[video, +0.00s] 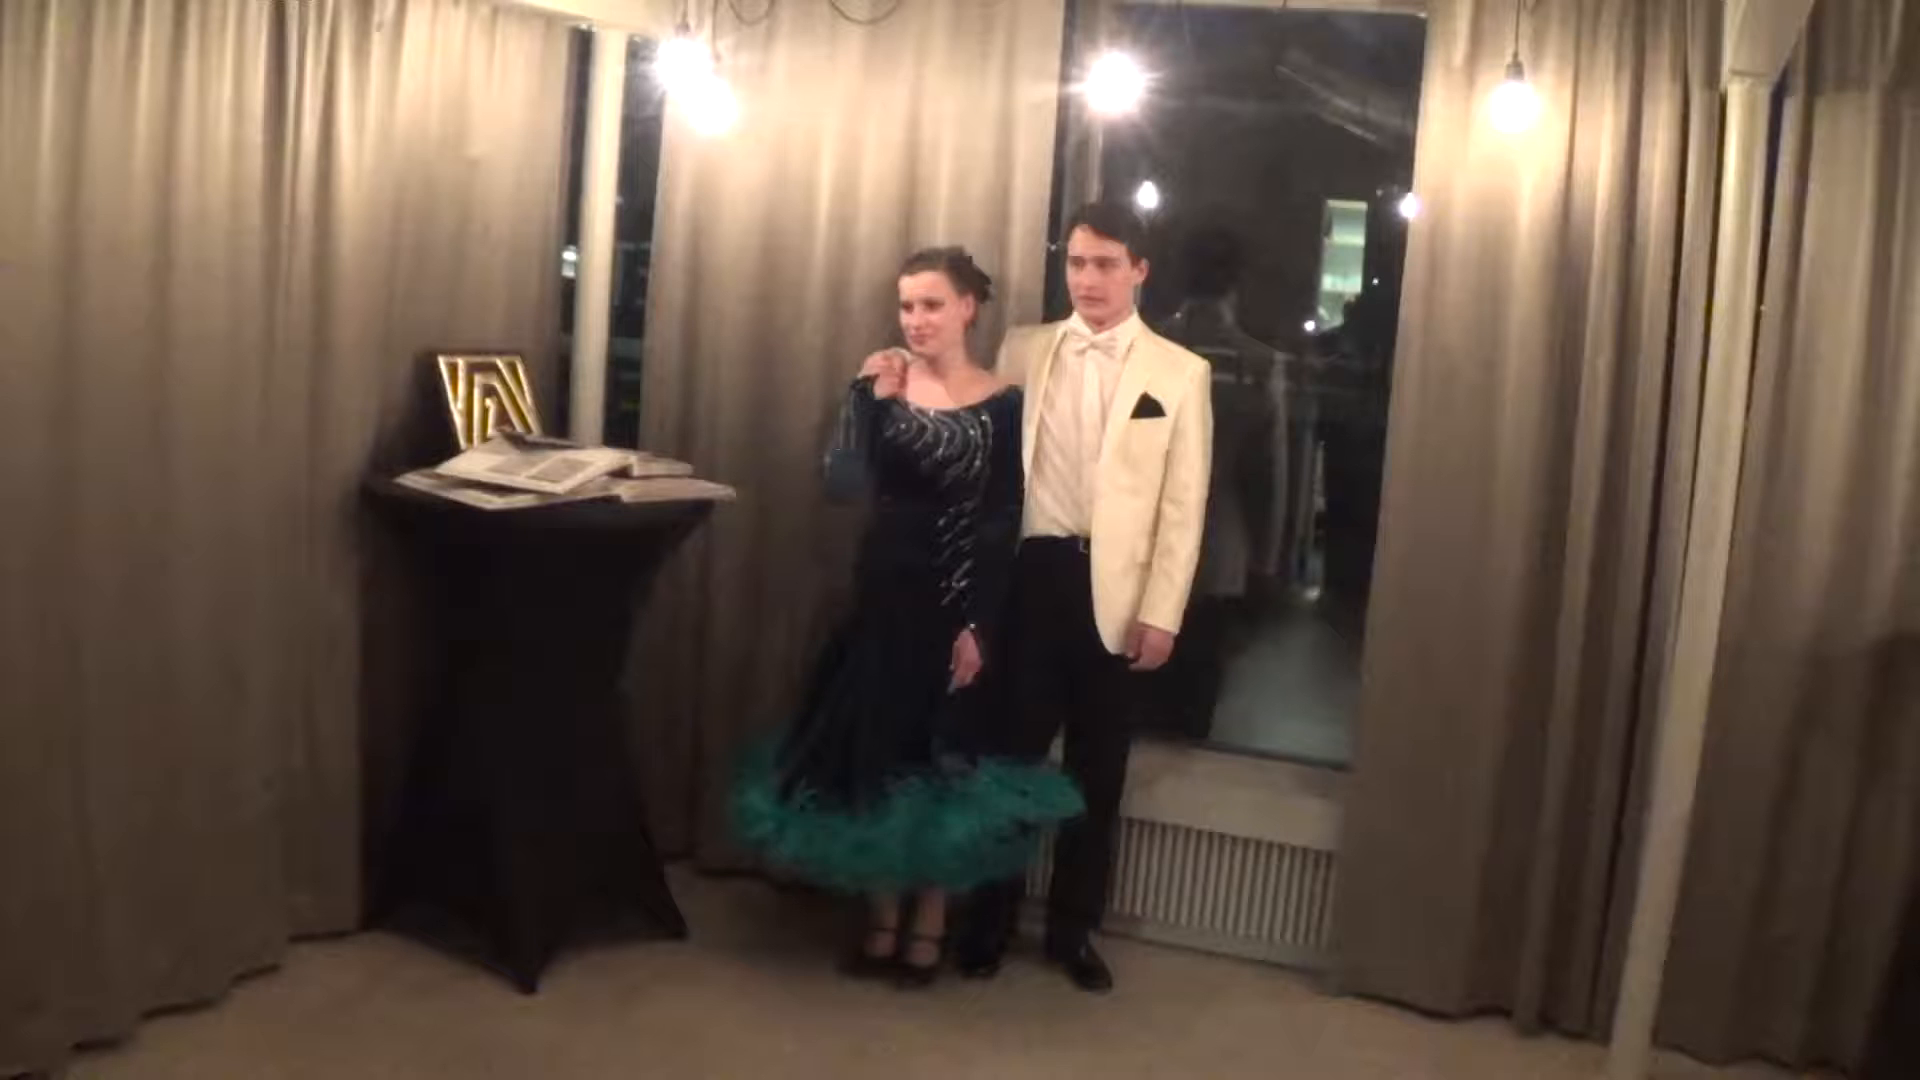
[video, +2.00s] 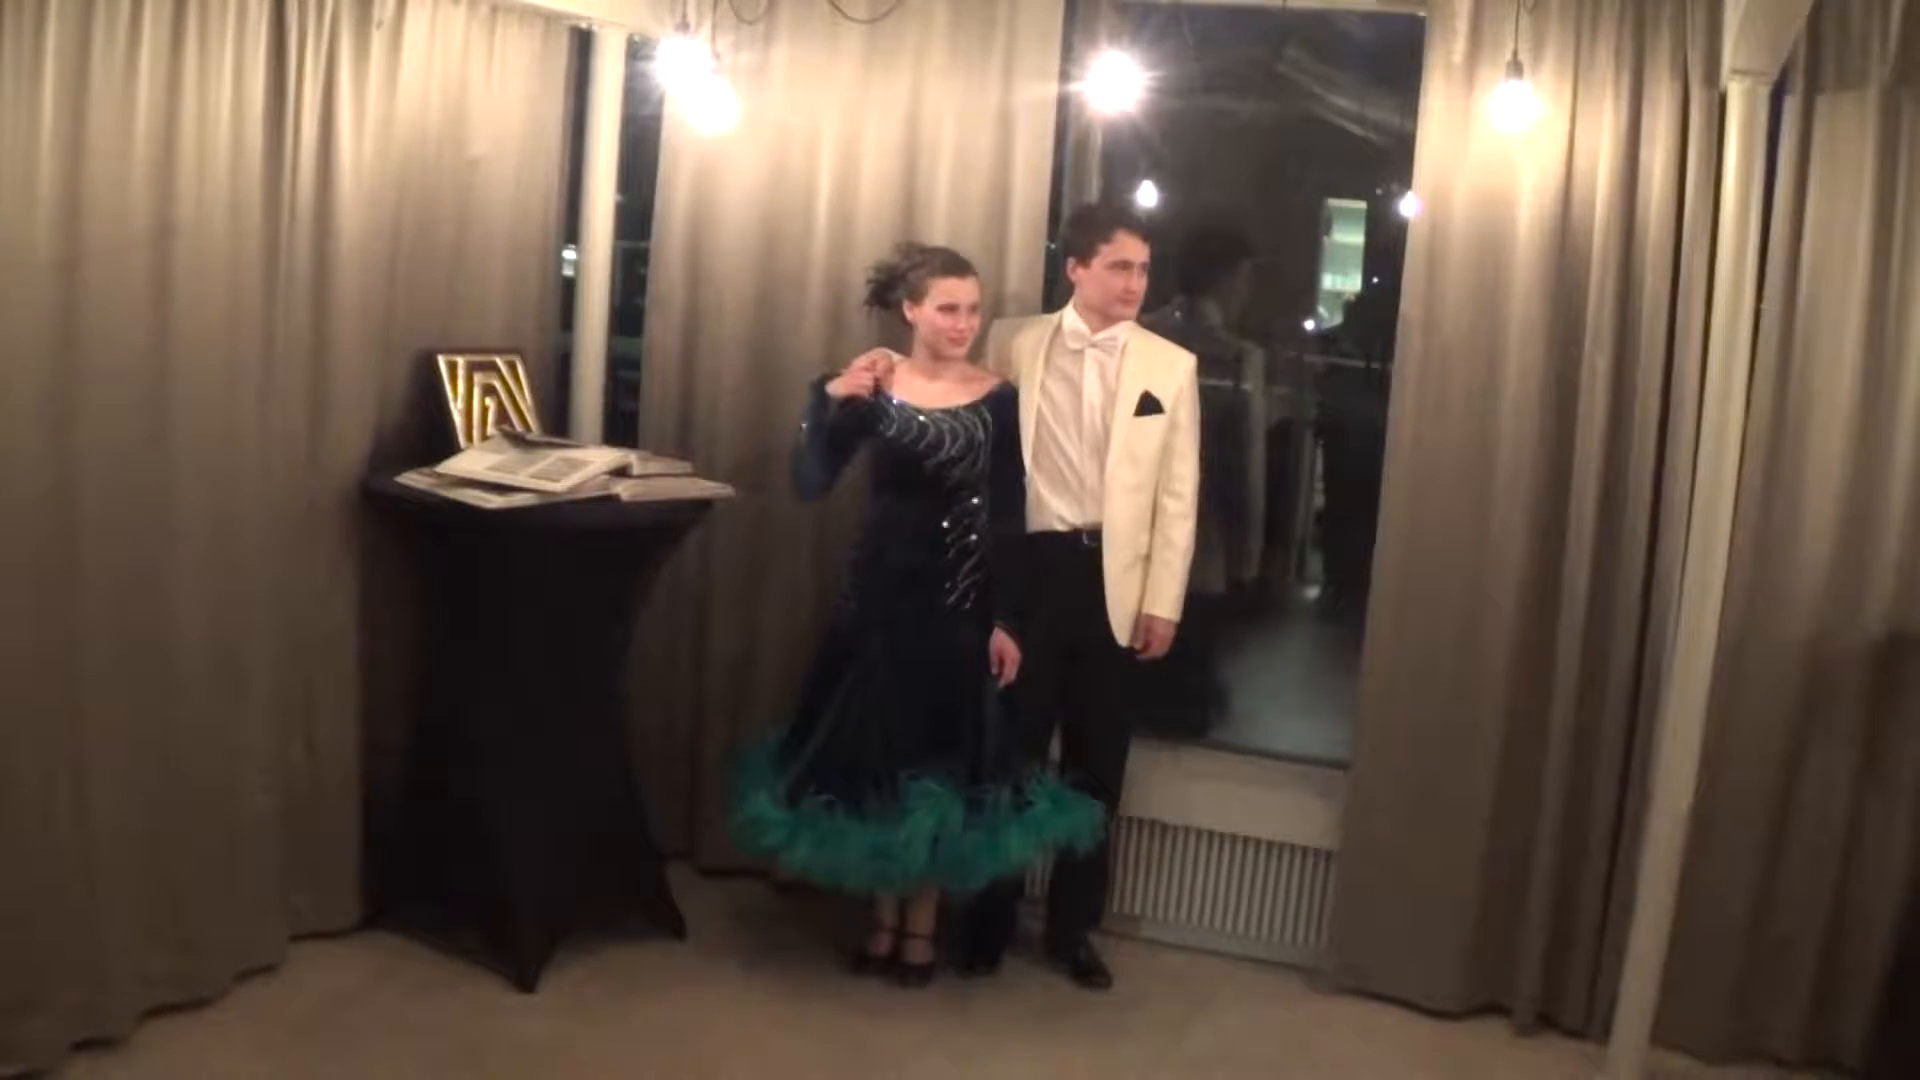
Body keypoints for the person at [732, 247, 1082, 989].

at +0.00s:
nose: (916, 319)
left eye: (931, 305)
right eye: (907, 306)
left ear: (971, 309)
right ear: (899, 312)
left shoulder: (1002, 402)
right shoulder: (884, 391)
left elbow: (1001, 522)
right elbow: (843, 484)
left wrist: (977, 623)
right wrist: (867, 397)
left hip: (960, 600)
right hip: (887, 589)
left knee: (943, 753)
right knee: (879, 746)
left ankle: (931, 906)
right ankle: (883, 902)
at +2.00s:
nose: (960, 323)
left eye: (971, 310)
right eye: (945, 309)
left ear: (984, 315)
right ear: (907, 312)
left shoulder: (996, 399)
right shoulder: (877, 386)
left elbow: (1007, 516)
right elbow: (812, 480)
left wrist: (1005, 619)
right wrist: (835, 397)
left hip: (961, 600)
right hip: (885, 592)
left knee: (942, 752)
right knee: (882, 748)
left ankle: (924, 909)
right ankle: (882, 907)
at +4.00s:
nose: (956, 323)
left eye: (966, 309)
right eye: (940, 309)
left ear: (978, 314)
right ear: (900, 311)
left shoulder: (991, 396)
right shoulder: (872, 385)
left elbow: (1005, 514)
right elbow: (809, 481)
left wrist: (1004, 617)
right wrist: (831, 397)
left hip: (959, 598)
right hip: (883, 591)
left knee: (940, 753)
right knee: (881, 749)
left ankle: (922, 913)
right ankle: (880, 909)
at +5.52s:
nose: (937, 354)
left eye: (941, 334)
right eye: (917, 346)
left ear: (953, 322)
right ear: (888, 351)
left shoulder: (992, 407)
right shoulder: (875, 408)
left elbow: (1011, 519)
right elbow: (809, 494)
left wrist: (972, 520)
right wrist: (825, 416)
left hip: (964, 610)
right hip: (889, 603)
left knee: (936, 759)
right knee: (869, 755)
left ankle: (915, 920)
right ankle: (872, 951)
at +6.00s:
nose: (919, 332)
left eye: (926, 314)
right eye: (900, 321)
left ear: (940, 314)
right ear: (864, 333)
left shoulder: (973, 401)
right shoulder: (848, 403)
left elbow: (988, 510)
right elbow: (781, 494)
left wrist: (956, 561)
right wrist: (792, 423)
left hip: (947, 607)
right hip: (869, 601)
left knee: (932, 761)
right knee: (862, 765)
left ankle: (915, 921)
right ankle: (872, 955)